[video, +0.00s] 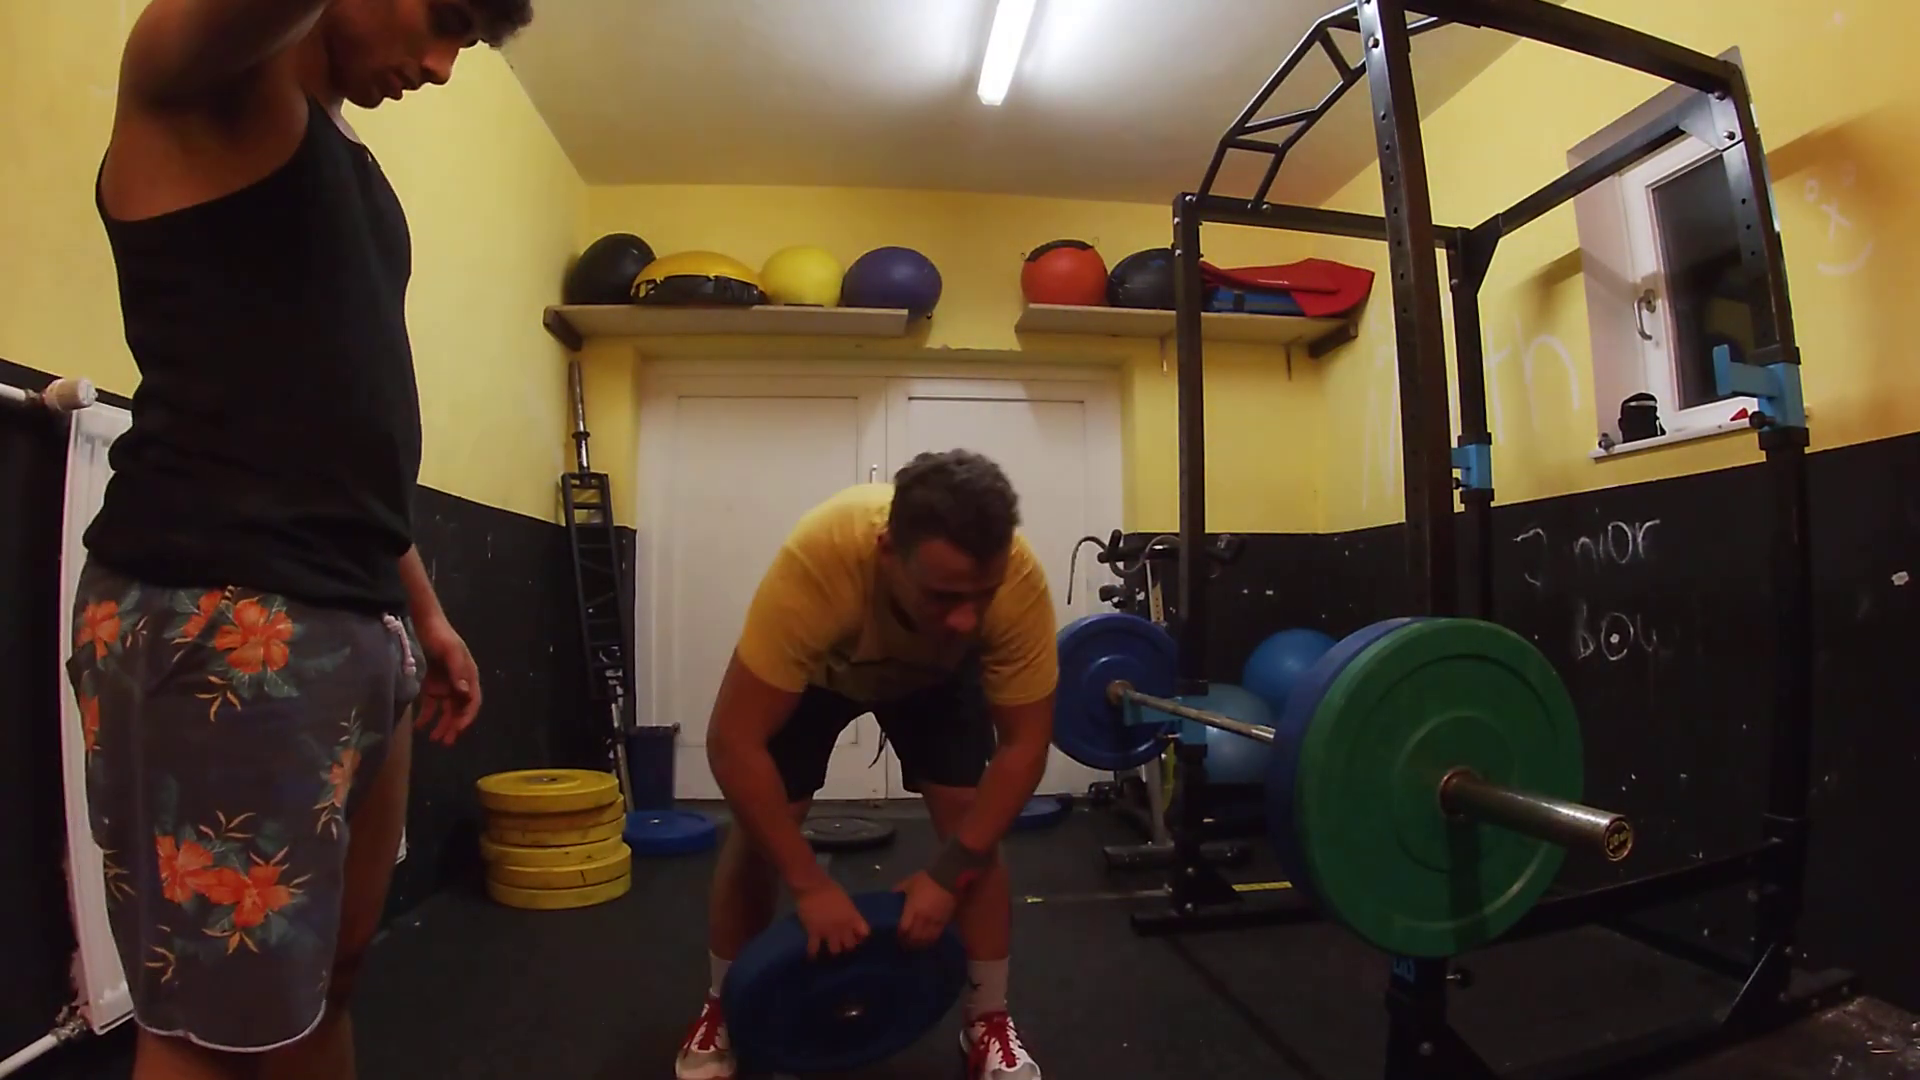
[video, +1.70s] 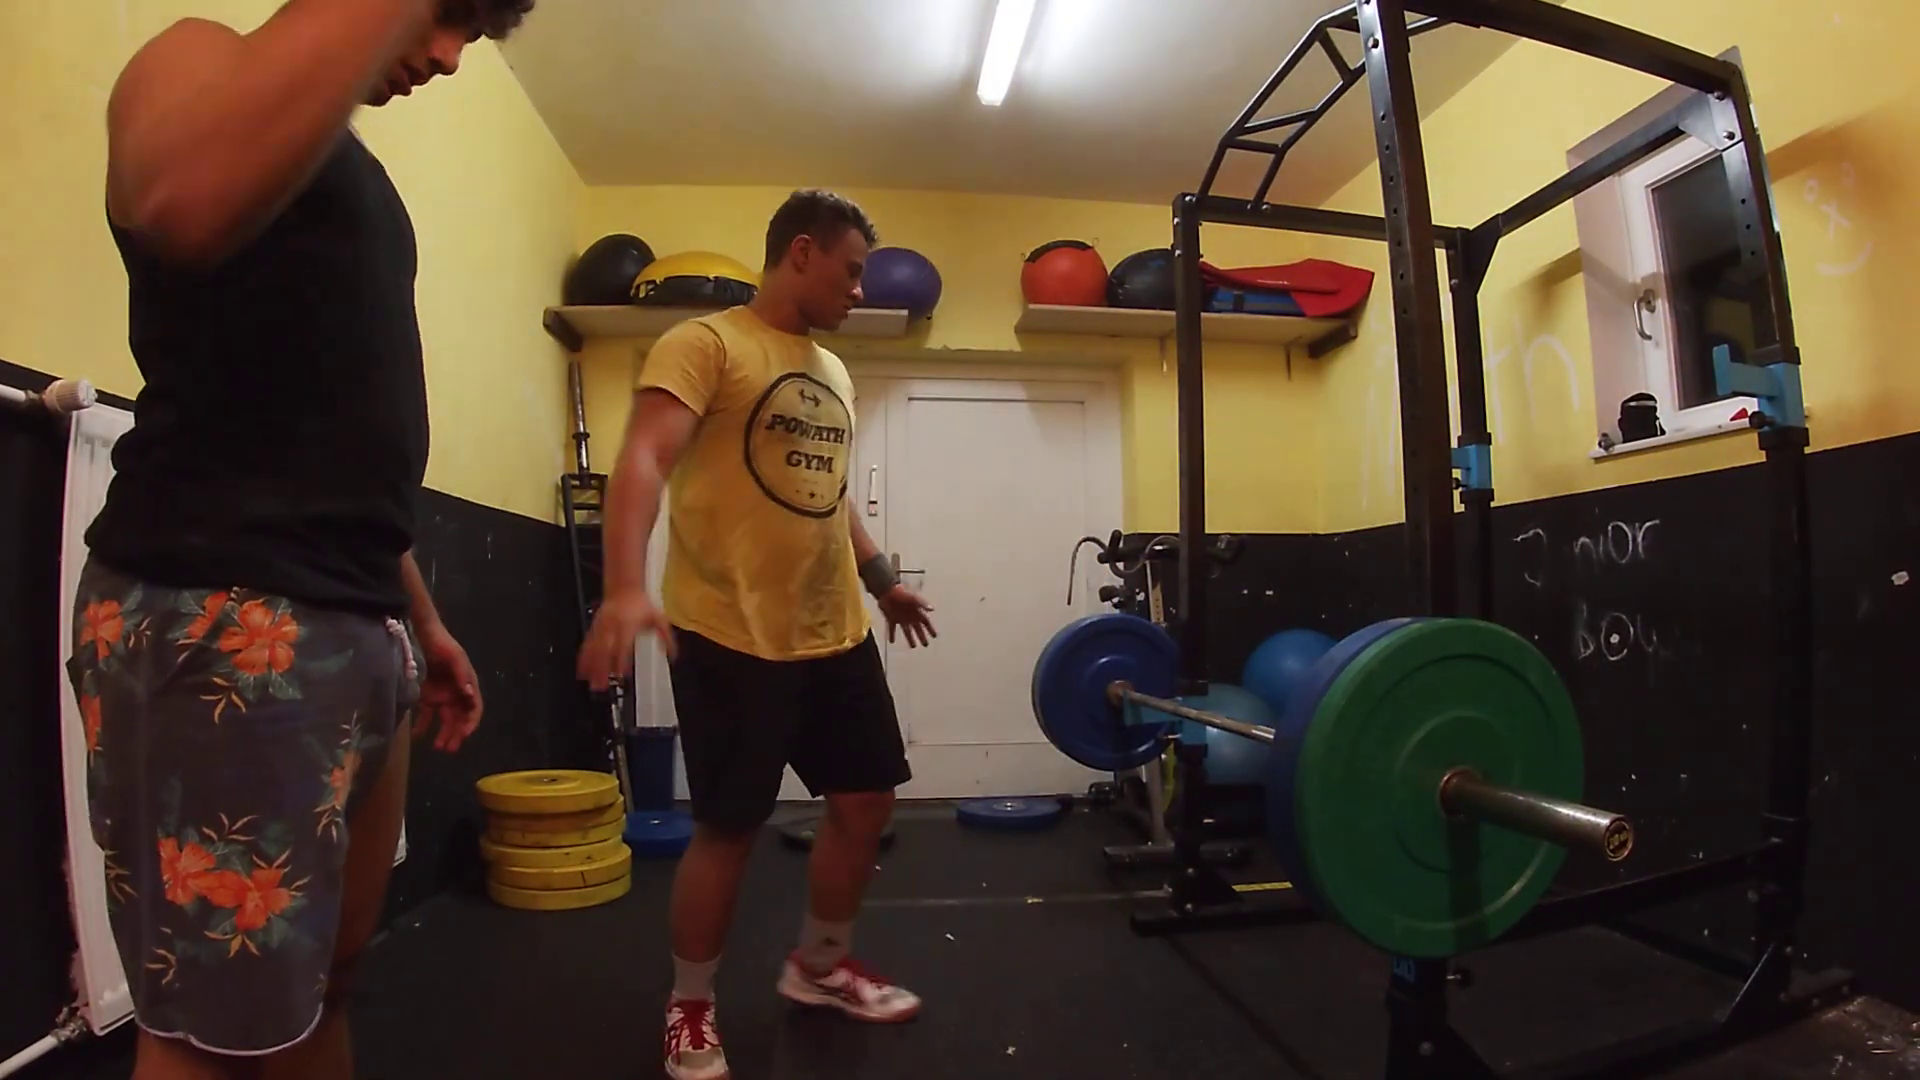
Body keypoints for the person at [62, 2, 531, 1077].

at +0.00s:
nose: (441, 69)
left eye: (463, 49)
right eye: (445, 28)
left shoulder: (342, 151)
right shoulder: (198, 86)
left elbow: (347, 401)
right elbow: (229, 28)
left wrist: (420, 605)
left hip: (357, 619)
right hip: (223, 617)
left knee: (325, 996)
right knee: (215, 1034)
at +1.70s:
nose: (453, 60)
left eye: (475, 40)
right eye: (458, 21)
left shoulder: (350, 163)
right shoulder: (196, 59)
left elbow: (333, 417)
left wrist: (415, 611)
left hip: (356, 619)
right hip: (223, 616)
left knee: (324, 993)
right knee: (214, 1036)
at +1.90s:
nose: (461, 43)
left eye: (476, 22)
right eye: (463, 9)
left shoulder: (336, 141)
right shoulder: (186, 73)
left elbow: (299, 407)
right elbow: (59, 339)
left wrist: (382, 597)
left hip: (330, 619)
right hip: (189, 620)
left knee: (316, 1003)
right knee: (199, 1035)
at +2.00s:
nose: (461, 33)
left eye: (476, 14)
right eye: (463, 1)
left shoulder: (338, 133)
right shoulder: (180, 57)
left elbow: (302, 405)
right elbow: (27, 331)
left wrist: (373, 610)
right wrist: (88, 687)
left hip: (336, 641)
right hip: (211, 636)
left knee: (317, 1014)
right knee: (191, 1051)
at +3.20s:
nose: (357, 4)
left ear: (346, 20)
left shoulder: (263, 157)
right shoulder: (78, 22)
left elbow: (235, 430)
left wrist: (288, 641)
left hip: (186, 606)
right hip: (47, 592)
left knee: (147, 1009)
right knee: (140, 1044)